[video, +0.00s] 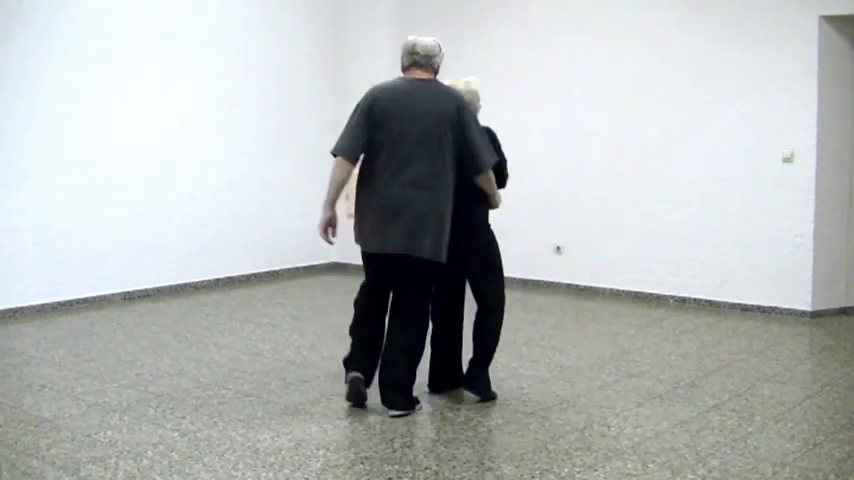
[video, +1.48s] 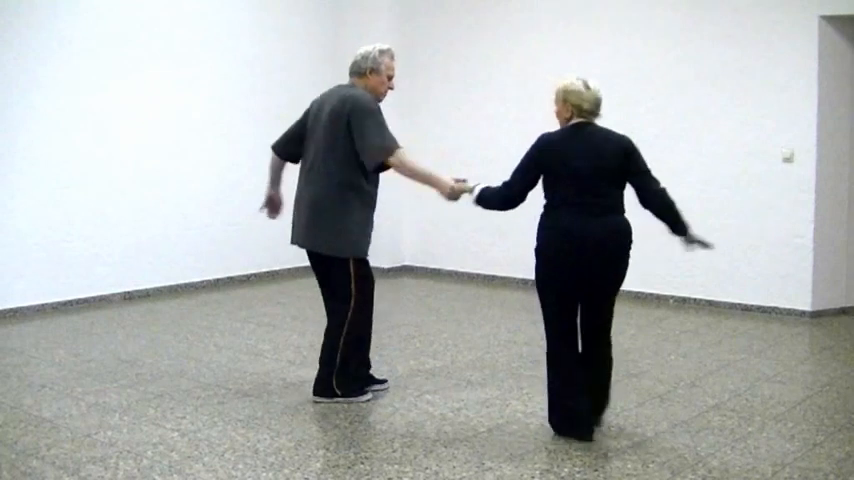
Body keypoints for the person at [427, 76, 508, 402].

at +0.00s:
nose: (479, 109)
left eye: (475, 105)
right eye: (478, 105)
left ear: (448, 106)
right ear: (475, 106)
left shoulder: (432, 135)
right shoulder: (483, 135)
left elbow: (425, 178)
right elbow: (499, 178)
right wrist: (480, 198)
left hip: (439, 231)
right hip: (475, 232)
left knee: (447, 304)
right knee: (492, 302)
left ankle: (443, 375)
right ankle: (478, 374)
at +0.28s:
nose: (510, 110)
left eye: (508, 105)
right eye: (503, 105)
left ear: (484, 113)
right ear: (485, 111)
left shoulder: (471, 138)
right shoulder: (489, 142)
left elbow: (498, 178)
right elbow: (521, 184)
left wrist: (525, 181)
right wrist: (545, 182)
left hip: (458, 232)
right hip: (472, 237)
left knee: (462, 308)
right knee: (503, 308)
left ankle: (444, 378)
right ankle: (525, 389)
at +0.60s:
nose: (517, 103)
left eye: (524, 97)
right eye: (511, 98)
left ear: (537, 103)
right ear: (504, 104)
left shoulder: (550, 144)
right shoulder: (488, 136)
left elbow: (559, 197)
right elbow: (470, 166)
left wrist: (514, 203)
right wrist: (513, 156)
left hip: (537, 236)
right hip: (494, 237)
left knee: (549, 308)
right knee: (506, 316)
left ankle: (513, 348)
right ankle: (520, 397)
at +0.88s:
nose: (508, 101)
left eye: (515, 96)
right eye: (509, 95)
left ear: (537, 104)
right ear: (521, 104)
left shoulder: (554, 145)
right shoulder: (510, 138)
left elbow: (538, 203)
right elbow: (467, 148)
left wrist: (493, 192)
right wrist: (459, 124)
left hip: (559, 243)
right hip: (526, 241)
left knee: (555, 319)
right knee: (529, 319)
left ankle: (580, 400)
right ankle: (551, 395)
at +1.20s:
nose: (528, 104)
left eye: (532, 97)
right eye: (530, 97)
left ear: (548, 104)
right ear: (563, 105)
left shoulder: (543, 142)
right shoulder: (584, 137)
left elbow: (503, 192)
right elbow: (554, 163)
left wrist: (467, 175)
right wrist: (527, 139)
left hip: (557, 243)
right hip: (593, 239)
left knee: (542, 324)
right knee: (572, 320)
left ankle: (568, 412)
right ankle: (559, 398)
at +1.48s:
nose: (553, 111)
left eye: (556, 105)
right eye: (554, 104)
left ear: (566, 109)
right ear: (593, 109)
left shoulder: (549, 144)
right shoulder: (620, 145)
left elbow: (511, 195)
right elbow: (651, 192)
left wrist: (475, 193)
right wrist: (683, 229)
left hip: (558, 252)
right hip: (610, 252)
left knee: (560, 333)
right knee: (597, 328)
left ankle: (569, 422)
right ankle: (593, 412)